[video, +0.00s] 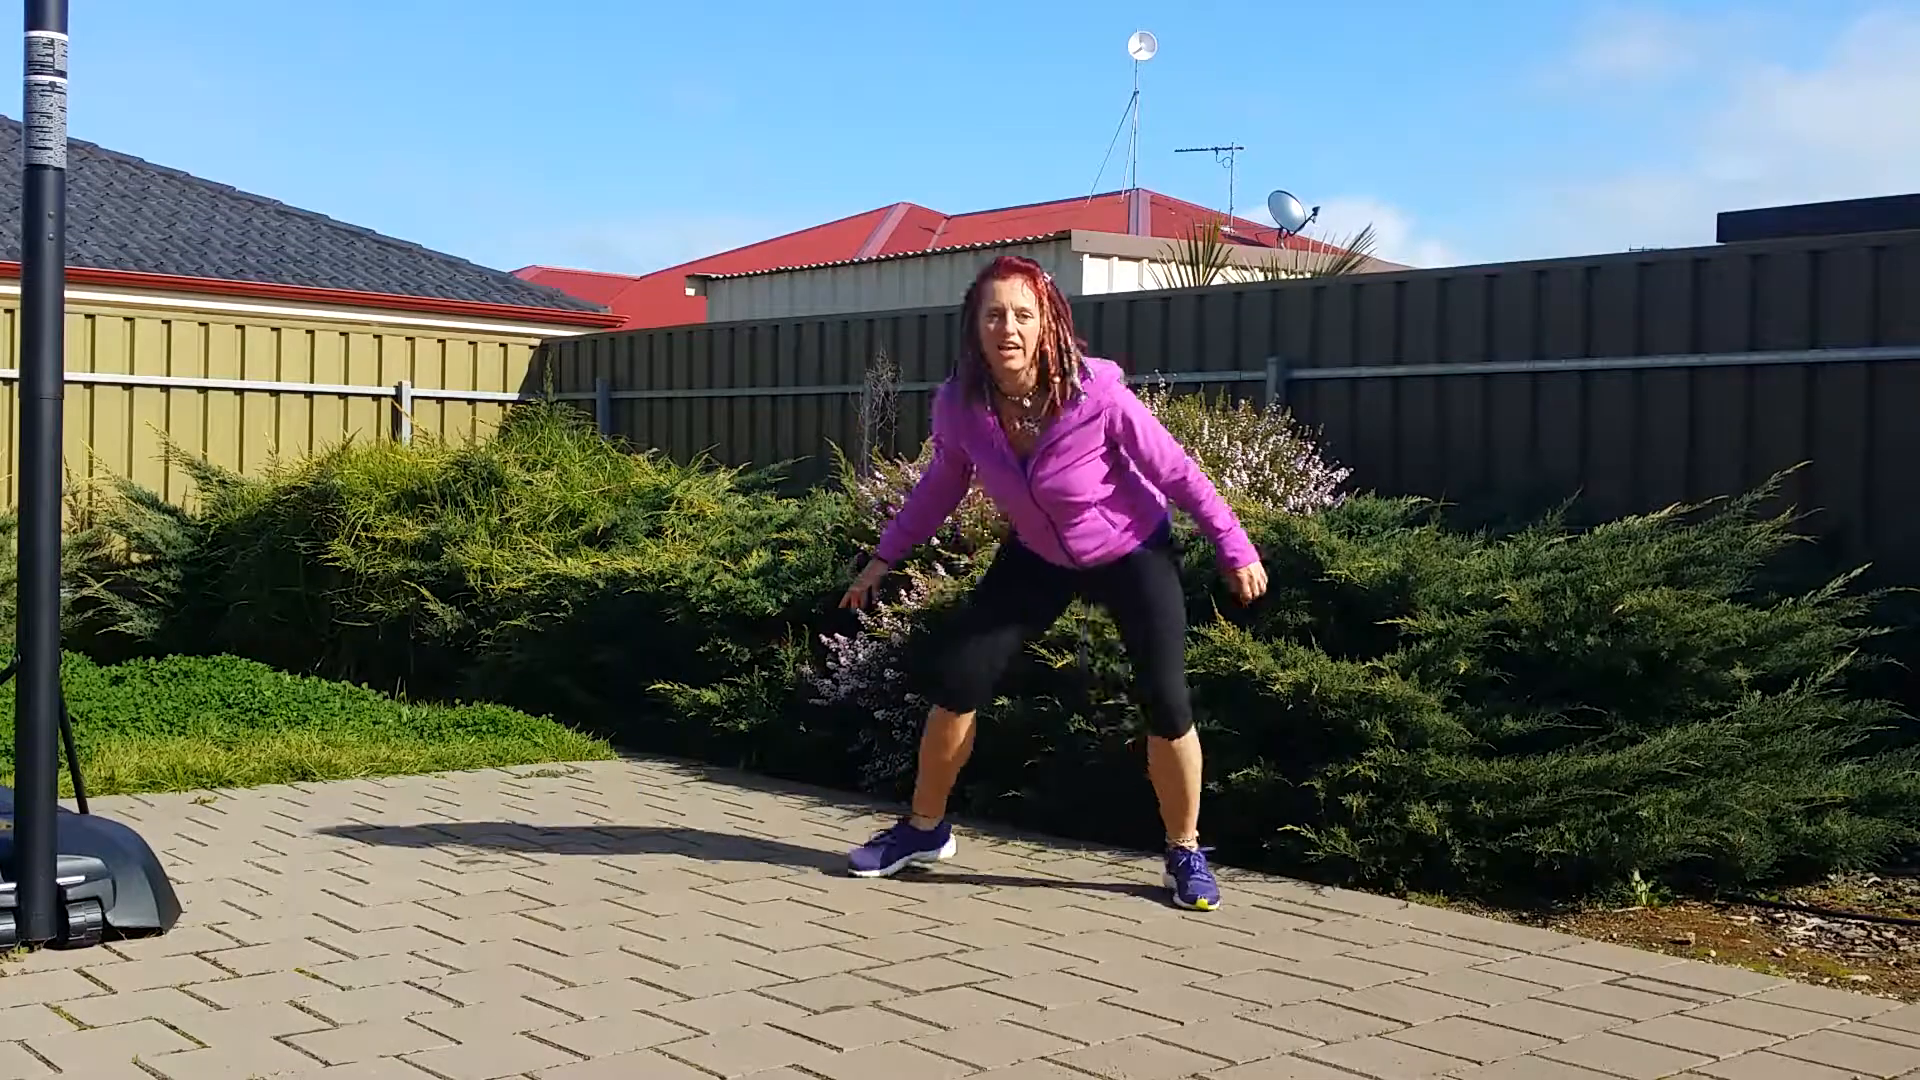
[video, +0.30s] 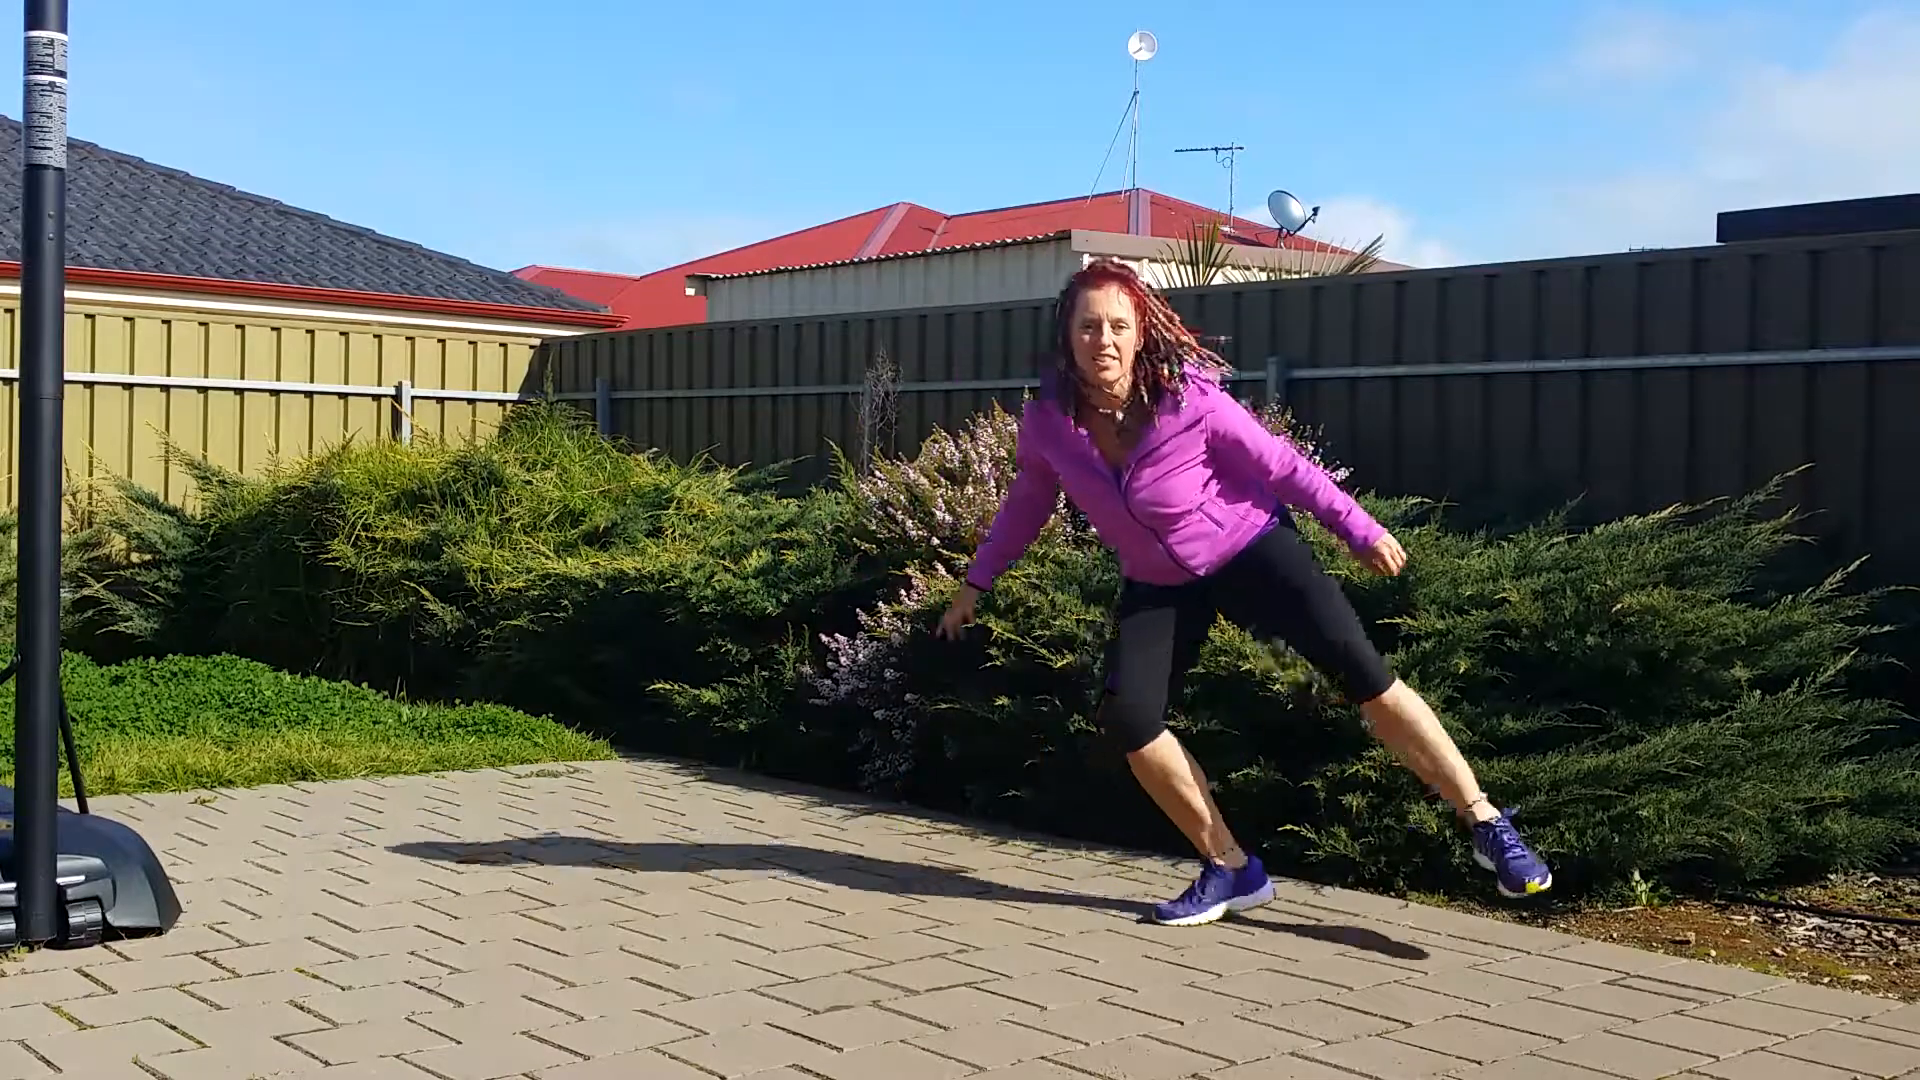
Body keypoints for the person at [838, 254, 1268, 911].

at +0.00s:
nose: (1006, 327)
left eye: (1021, 314)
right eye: (993, 315)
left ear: (1047, 325)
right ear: (975, 328)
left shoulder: (1097, 390)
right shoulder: (960, 404)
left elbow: (1177, 472)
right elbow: (939, 486)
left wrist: (1236, 547)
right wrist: (885, 555)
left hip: (1130, 550)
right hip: (1036, 552)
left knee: (1166, 696)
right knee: (958, 679)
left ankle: (1185, 853)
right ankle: (923, 827)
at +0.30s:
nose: (1102, 340)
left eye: (1117, 325)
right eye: (1087, 326)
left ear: (1141, 332)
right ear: (1066, 337)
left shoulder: (1188, 396)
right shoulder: (1046, 422)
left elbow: (1281, 465)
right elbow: (1027, 508)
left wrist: (1361, 528)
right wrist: (973, 584)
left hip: (1250, 550)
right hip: (1157, 584)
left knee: (1358, 667)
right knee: (1131, 715)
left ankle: (1487, 824)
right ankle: (1230, 867)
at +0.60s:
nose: (1229, 476)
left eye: (1243, 459)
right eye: (1211, 463)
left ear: (1270, 462)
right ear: (1187, 475)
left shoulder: (1327, 530)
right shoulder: (1184, 538)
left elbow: (1421, 616)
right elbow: (1155, 612)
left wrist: (1478, 728)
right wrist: (1116, 691)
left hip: (1393, 616)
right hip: (1294, 626)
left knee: (1496, 753)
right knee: (1192, 712)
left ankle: (1617, 908)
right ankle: (1239, 882)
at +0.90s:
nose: (1415, 579)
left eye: (1431, 561)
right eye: (1398, 563)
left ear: (1456, 554)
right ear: (1373, 561)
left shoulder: (1508, 601)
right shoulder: (1356, 569)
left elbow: (1528, 754)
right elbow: (1326, 594)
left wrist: (1529, 902)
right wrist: (1309, 630)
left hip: (1541, 600)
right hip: (1417, 620)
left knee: (1618, 748)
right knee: (1315, 722)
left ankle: (1640, 922)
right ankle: (1244, 880)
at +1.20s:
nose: (1444, 600)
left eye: (1461, 584)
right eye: (1430, 583)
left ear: (1494, 573)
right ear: (1409, 571)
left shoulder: (1549, 623)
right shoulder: (1392, 574)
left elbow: (1573, 768)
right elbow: (1358, 593)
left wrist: (1567, 915)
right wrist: (1343, 622)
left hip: (1585, 604)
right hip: (1448, 628)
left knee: (1647, 754)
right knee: (1352, 726)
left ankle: (1642, 922)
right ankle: (1256, 874)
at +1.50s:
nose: (1249, 481)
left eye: (1263, 469)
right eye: (1248, 466)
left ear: (1312, 472)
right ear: (1249, 462)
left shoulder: (1392, 509)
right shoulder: (1263, 503)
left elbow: (1473, 602)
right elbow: (1255, 567)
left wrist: (1521, 695)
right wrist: (1218, 634)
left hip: (1460, 595)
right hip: (1356, 602)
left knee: (1541, 736)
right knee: (1244, 699)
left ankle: (1630, 918)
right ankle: (1244, 880)